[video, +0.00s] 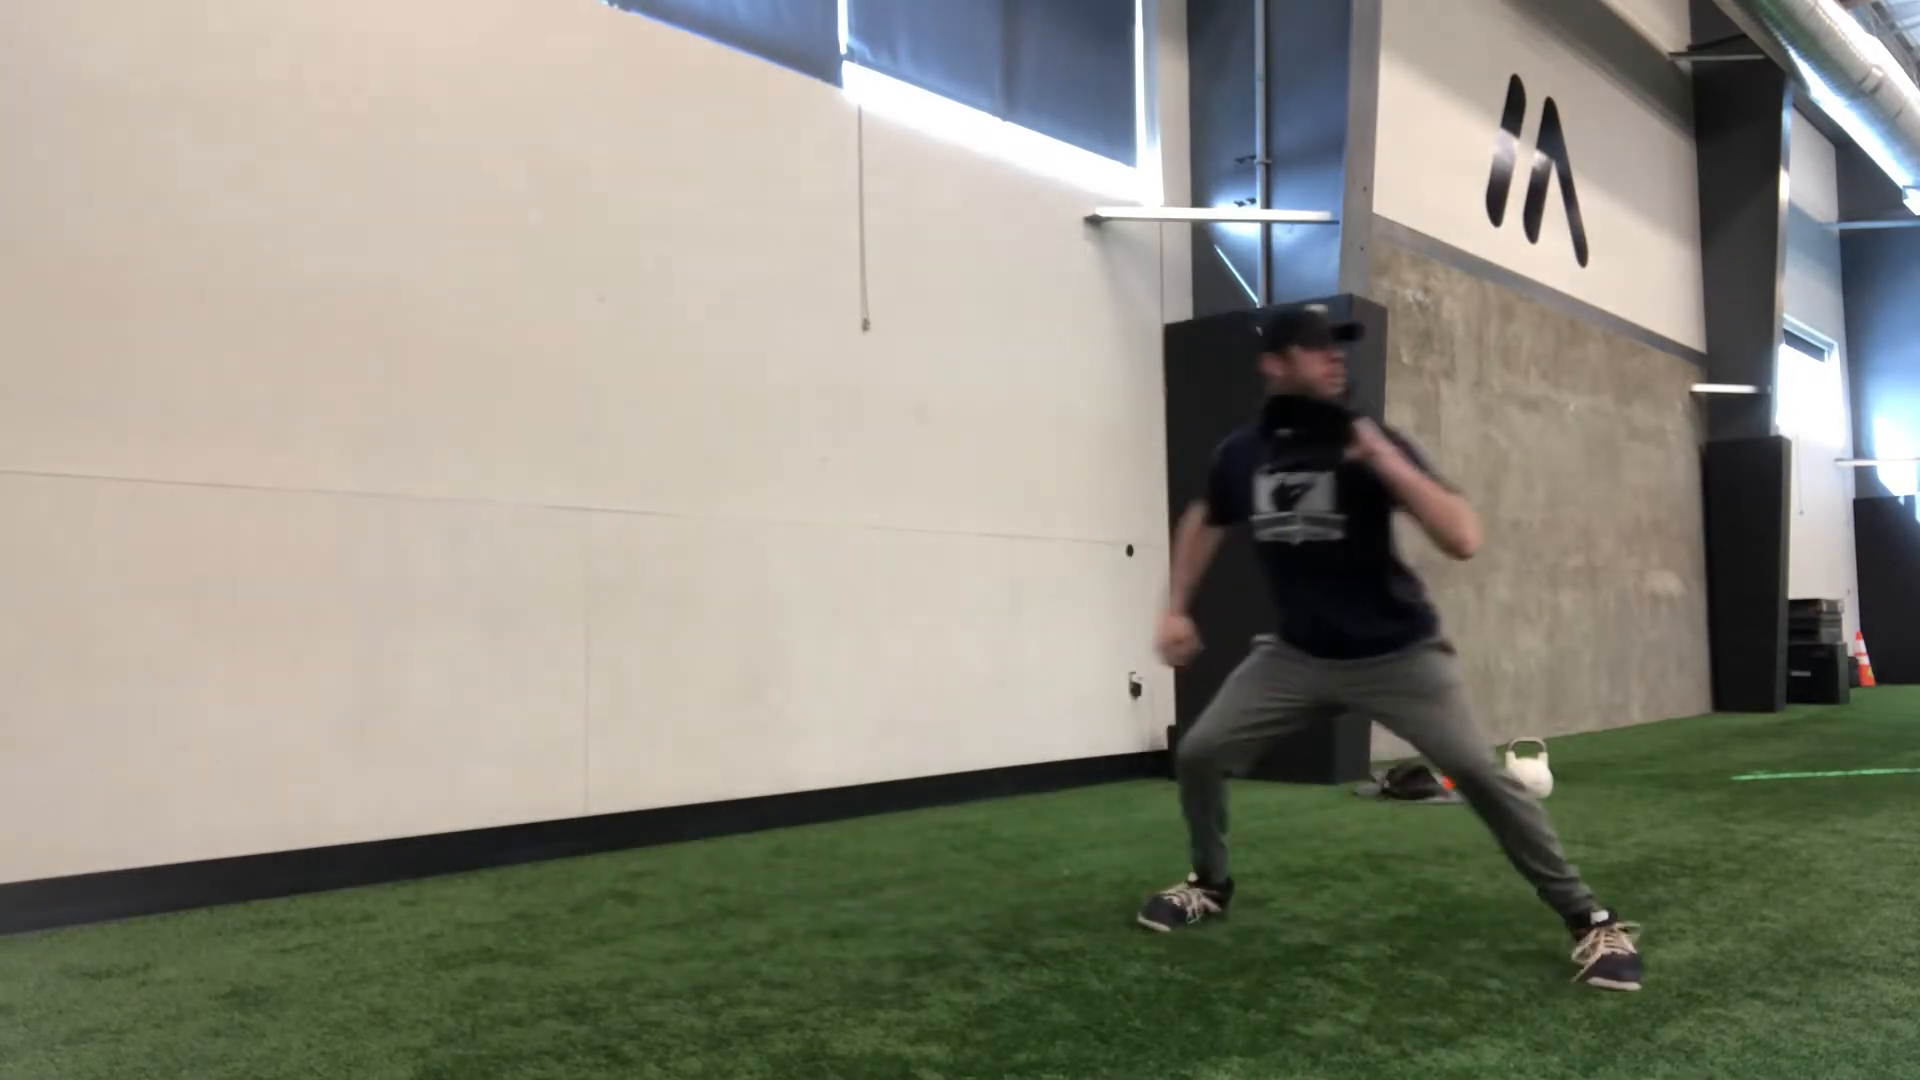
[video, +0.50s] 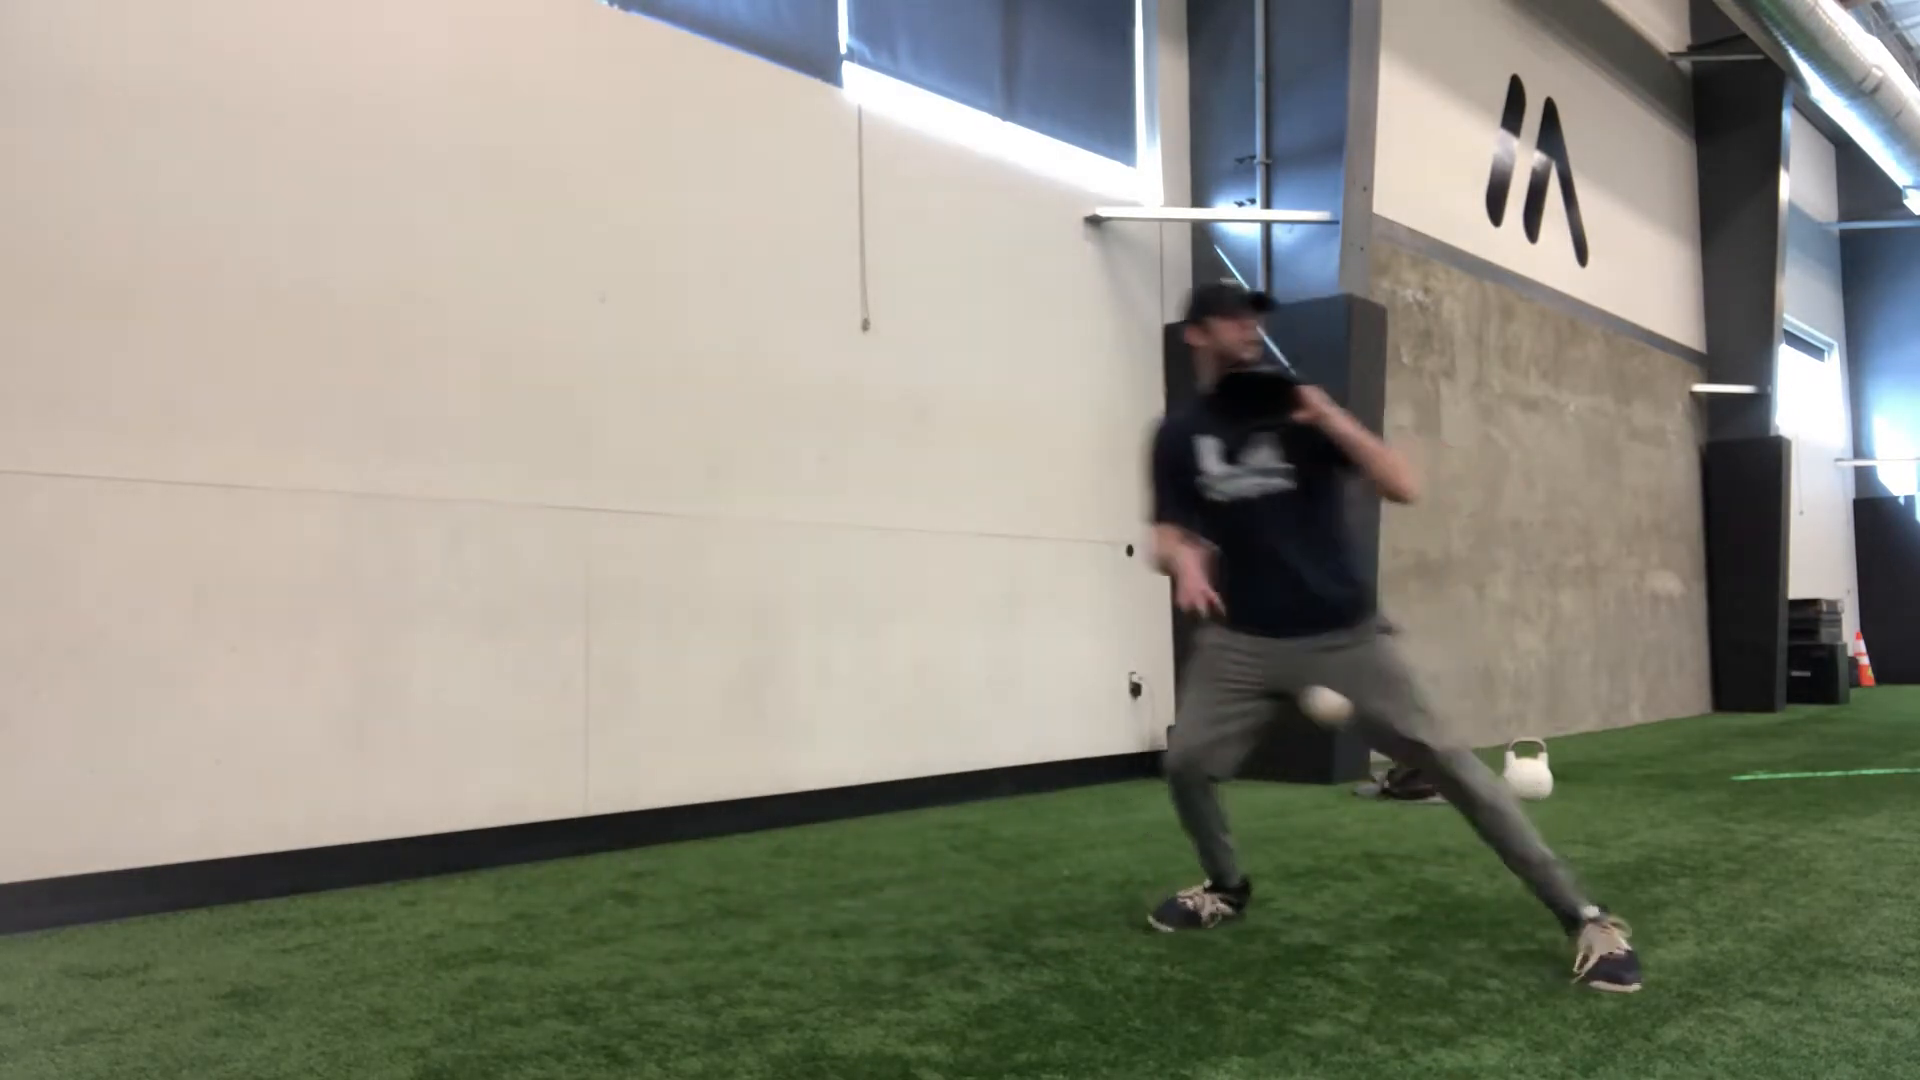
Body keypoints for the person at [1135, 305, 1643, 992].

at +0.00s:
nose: (1338, 361)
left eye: (1339, 349)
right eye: (1320, 350)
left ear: (1341, 361)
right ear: (1274, 365)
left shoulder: (1369, 441)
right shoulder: (1241, 456)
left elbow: (1462, 536)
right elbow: (1202, 523)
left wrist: (1389, 464)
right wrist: (1175, 607)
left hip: (1397, 654)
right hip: (1298, 654)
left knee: (1479, 772)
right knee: (1200, 753)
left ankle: (1591, 925)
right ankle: (1209, 886)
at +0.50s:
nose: (1250, 332)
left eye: (1253, 319)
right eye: (1233, 322)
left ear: (1261, 328)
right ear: (1196, 337)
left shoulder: (1304, 408)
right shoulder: (1180, 433)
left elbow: (1402, 485)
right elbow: (1168, 533)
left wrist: (1332, 420)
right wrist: (1185, 559)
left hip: (1344, 638)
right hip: (1240, 643)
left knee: (1448, 764)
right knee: (1187, 763)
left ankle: (1587, 922)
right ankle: (1226, 888)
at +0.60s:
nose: (1197, 329)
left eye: (1201, 316)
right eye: (1180, 317)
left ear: (1210, 326)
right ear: (1145, 330)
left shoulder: (1241, 406)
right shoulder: (1123, 426)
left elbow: (1340, 488)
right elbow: (1088, 528)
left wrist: (1279, 424)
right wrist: (1114, 548)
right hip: (1190, 632)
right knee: (1158, 758)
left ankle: (1506, 898)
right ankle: (1221, 888)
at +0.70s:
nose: (1151, 322)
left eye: (1155, 311)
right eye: (1135, 311)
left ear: (1162, 322)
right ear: (1102, 324)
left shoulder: (1196, 403)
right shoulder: (1075, 419)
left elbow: (1285, 487)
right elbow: (1027, 509)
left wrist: (1236, 424)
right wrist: (1048, 547)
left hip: (1227, 612)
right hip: (1141, 626)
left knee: (1306, 724)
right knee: (1145, 760)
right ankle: (1220, 884)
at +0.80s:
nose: (1106, 306)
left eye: (1110, 296)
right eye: (1091, 296)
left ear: (1112, 307)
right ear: (1059, 309)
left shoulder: (1149, 389)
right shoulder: (1028, 397)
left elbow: (1230, 477)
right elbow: (986, 473)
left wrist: (1198, 426)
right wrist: (1005, 515)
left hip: (1168, 591)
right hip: (1091, 606)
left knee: (1221, 724)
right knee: (1138, 750)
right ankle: (1213, 876)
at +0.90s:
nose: (1061, 300)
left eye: (1065, 290)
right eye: (1047, 290)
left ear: (1069, 302)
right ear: (1015, 301)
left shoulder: (1104, 381)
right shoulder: (983, 385)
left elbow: (1169, 468)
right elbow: (951, 459)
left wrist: (1144, 439)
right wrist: (973, 501)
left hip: (1099, 575)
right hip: (1034, 580)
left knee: (1116, 727)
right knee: (1099, 725)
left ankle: (1045, 830)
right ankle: (1173, 863)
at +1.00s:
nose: (1018, 315)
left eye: (1022, 304)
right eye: (1005, 305)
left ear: (1029, 314)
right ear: (976, 317)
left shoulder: (1055, 395)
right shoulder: (943, 399)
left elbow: (1098, 466)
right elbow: (904, 474)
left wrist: (1085, 476)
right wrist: (927, 511)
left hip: (1040, 576)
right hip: (977, 577)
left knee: (1051, 719)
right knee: (1015, 705)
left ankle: (1012, 845)